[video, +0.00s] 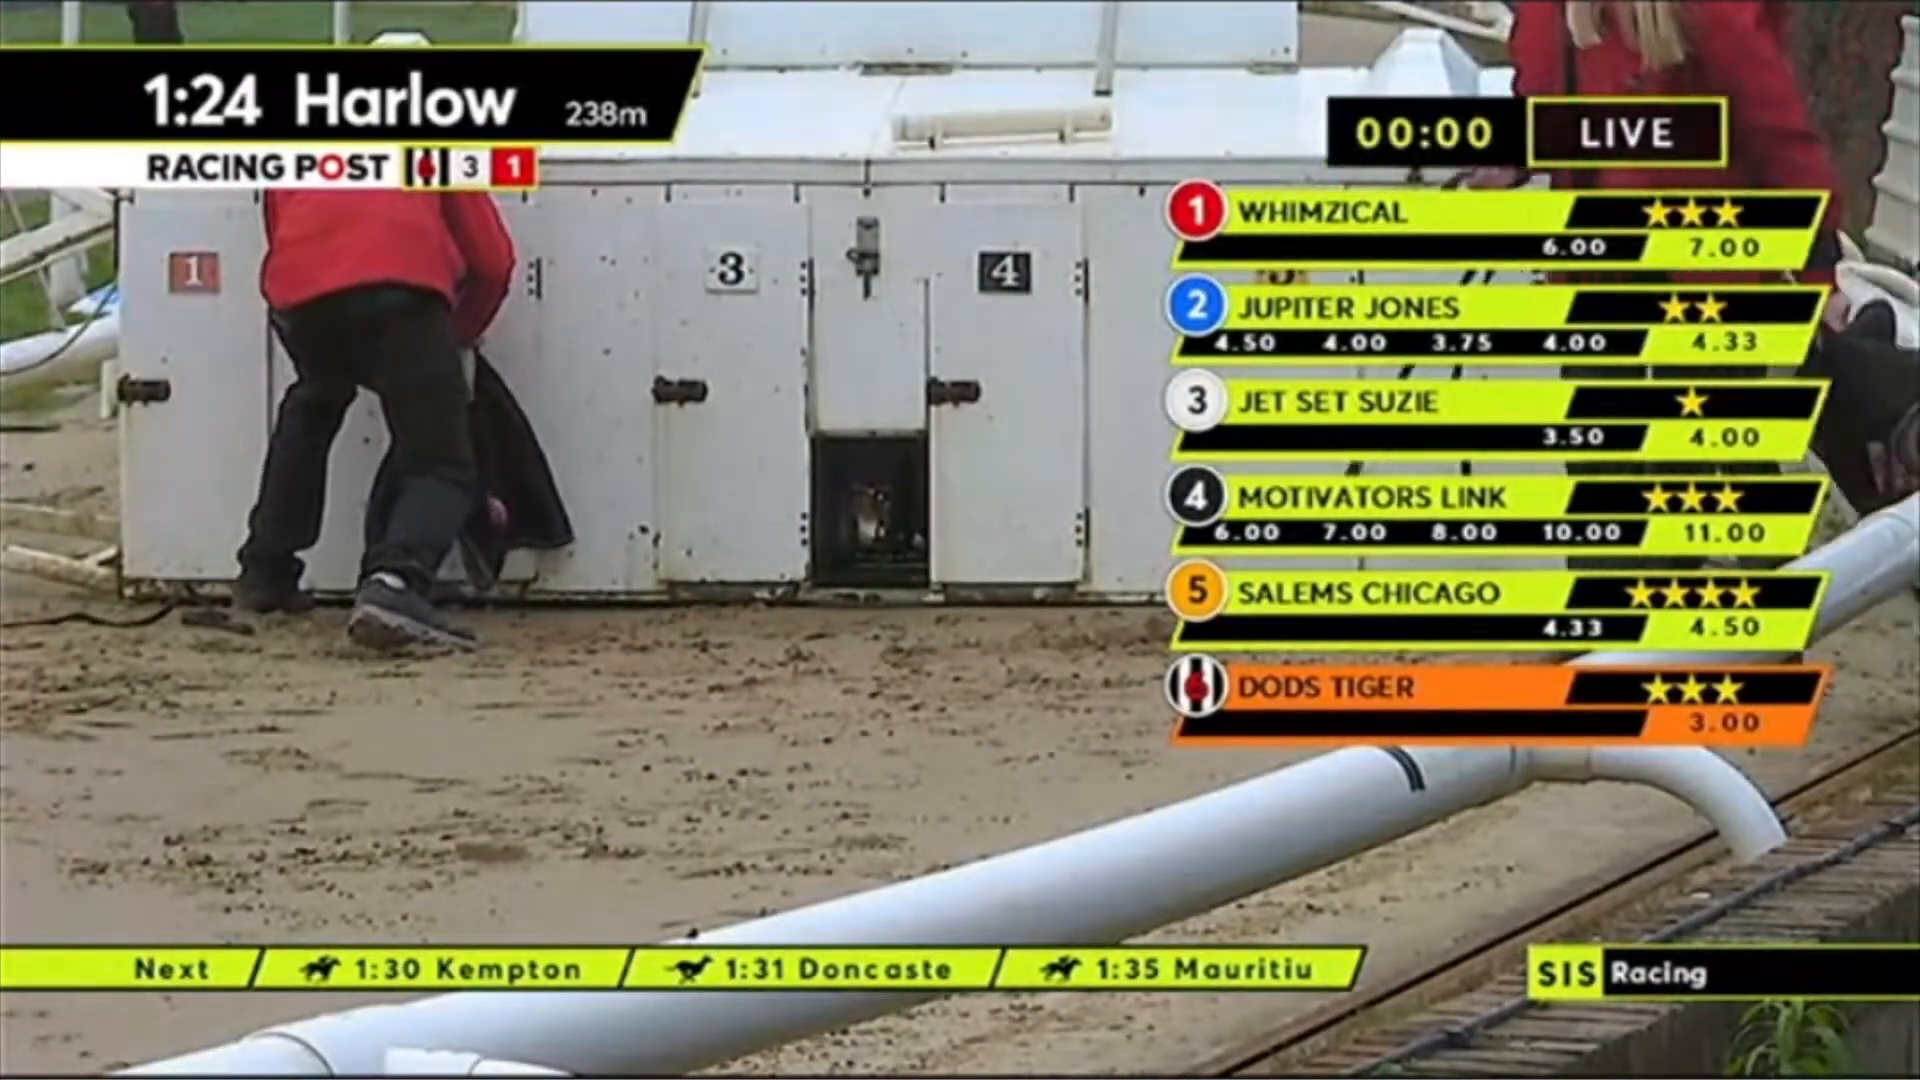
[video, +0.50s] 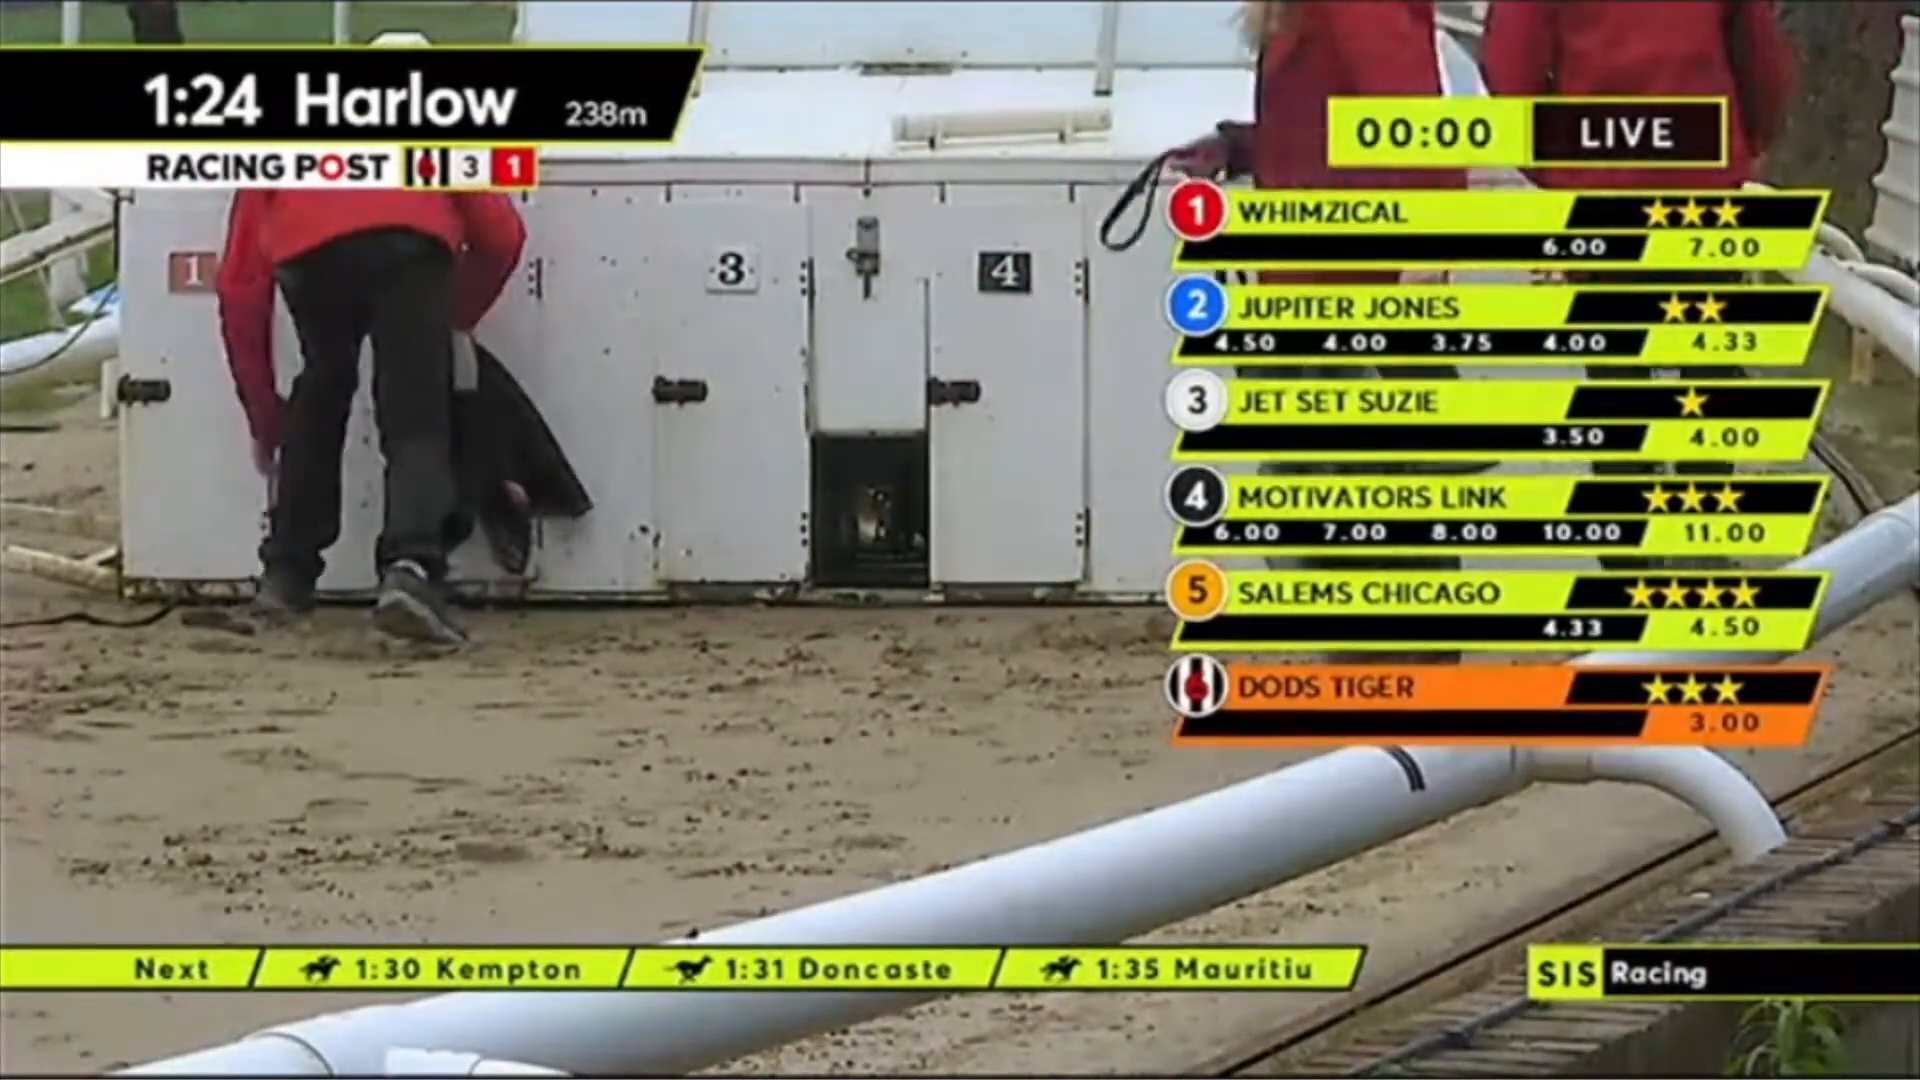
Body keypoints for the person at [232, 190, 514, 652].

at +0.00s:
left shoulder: (289, 166)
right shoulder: (434, 160)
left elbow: (281, 239)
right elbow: (495, 262)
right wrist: (450, 335)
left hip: (300, 295)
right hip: (400, 286)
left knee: (318, 391)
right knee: (440, 465)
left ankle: (265, 571)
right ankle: (394, 584)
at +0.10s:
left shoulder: (292, 163)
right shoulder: (435, 160)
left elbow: (281, 232)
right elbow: (493, 264)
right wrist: (448, 334)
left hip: (296, 294)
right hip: (397, 288)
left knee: (313, 388)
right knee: (436, 466)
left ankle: (266, 571)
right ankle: (394, 583)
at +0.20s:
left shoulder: (293, 164)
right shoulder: (437, 159)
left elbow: (281, 233)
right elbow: (491, 263)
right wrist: (454, 333)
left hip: (293, 285)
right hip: (394, 281)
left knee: (309, 387)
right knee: (423, 460)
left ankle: (268, 573)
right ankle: (394, 583)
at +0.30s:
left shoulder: (300, 163)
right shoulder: (440, 161)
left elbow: (273, 243)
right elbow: (488, 260)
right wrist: (457, 330)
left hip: (291, 271)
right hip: (389, 269)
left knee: (306, 383)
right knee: (417, 448)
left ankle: (271, 570)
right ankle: (396, 579)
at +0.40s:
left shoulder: (279, 175)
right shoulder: (437, 160)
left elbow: (257, 283)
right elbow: (492, 253)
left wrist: (298, 382)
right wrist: (461, 325)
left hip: (301, 256)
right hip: (401, 250)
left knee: (304, 403)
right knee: (413, 431)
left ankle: (272, 575)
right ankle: (403, 573)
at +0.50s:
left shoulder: (269, 176)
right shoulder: (432, 157)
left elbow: (238, 286)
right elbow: (503, 235)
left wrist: (263, 414)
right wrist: (456, 316)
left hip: (308, 248)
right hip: (410, 234)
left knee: (321, 388)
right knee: (414, 416)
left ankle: (289, 574)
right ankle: (411, 571)